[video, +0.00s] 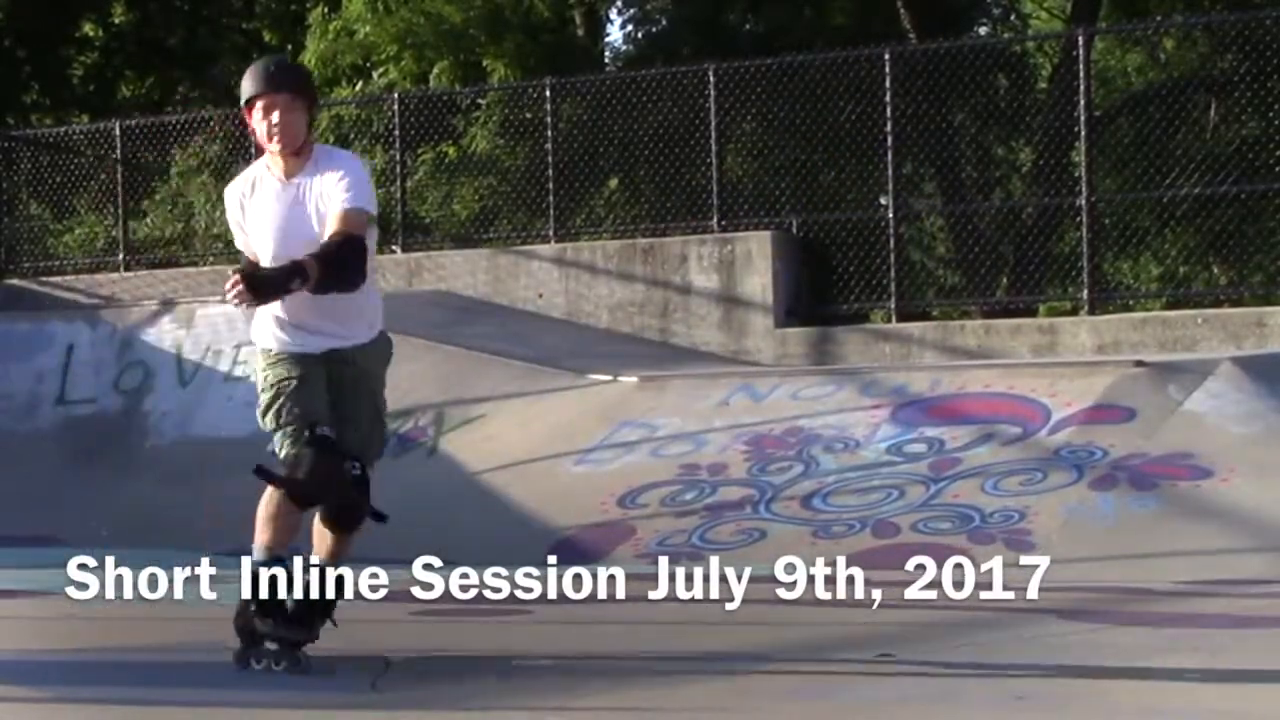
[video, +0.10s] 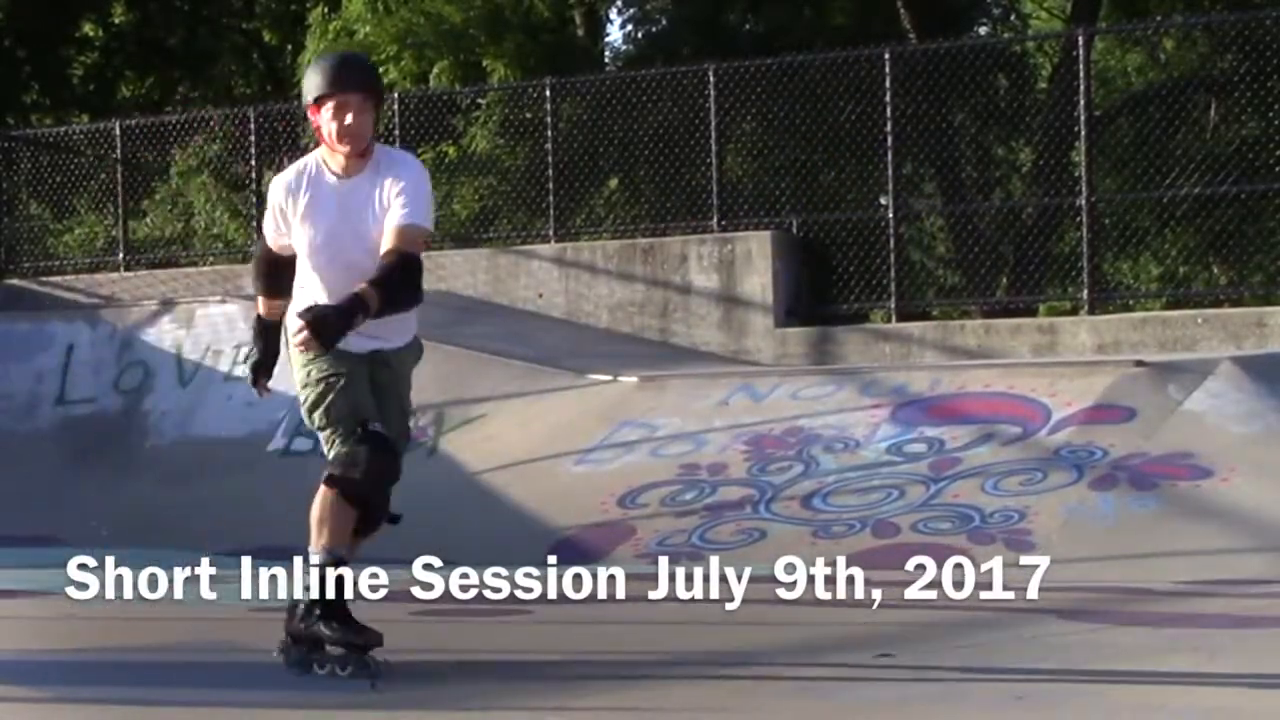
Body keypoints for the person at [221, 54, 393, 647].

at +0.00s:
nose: (273, 122)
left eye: (284, 109)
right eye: (262, 112)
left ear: (309, 111)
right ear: (248, 122)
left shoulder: (344, 172)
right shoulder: (240, 194)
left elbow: (347, 263)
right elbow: (264, 272)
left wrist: (277, 279)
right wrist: (253, 289)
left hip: (356, 346)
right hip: (285, 344)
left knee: (350, 487)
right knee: (304, 465)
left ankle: (315, 606)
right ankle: (258, 605)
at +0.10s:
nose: (346, 122)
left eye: (357, 108)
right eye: (333, 110)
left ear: (376, 110)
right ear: (314, 117)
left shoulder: (405, 175)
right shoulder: (289, 188)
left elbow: (405, 275)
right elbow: (273, 272)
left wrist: (346, 311)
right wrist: (265, 342)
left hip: (391, 346)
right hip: (321, 345)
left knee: (378, 484)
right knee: (354, 459)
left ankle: (315, 606)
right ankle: (321, 602)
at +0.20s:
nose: (438, 124)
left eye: (448, 110)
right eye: (426, 110)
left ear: (462, 112)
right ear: (399, 113)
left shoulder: (480, 181)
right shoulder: (358, 180)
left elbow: (477, 290)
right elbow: (303, 246)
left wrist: (429, 353)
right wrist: (271, 319)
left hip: (432, 345)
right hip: (364, 338)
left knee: (387, 488)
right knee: (417, 457)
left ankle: (322, 611)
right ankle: (399, 609)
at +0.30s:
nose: (525, 120)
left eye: (530, 107)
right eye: (512, 107)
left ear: (536, 108)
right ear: (474, 111)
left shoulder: (543, 185)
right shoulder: (422, 174)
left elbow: (546, 287)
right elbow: (346, 233)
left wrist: (529, 365)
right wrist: (301, 303)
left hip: (476, 347)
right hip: (415, 338)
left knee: (429, 496)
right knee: (480, 460)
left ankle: (356, 617)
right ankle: (468, 615)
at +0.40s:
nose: (608, 113)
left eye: (613, 99)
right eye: (596, 99)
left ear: (613, 102)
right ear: (555, 101)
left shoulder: (613, 180)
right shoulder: (499, 166)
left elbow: (628, 277)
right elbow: (408, 226)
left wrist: (643, 362)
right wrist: (363, 307)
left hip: (527, 345)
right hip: (471, 333)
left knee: (499, 492)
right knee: (554, 454)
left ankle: (422, 617)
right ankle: (551, 617)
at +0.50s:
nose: (689, 92)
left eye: (688, 79)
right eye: (675, 80)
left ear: (657, 91)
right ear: (632, 91)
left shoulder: (682, 169)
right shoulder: (574, 157)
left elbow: (710, 271)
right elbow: (486, 227)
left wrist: (746, 354)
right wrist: (447, 318)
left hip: (600, 338)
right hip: (542, 328)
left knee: (580, 495)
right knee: (635, 453)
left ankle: (498, 617)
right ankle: (640, 619)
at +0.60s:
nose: (753, 81)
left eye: (752, 68)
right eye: (740, 70)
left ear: (721, 78)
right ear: (694, 77)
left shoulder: (743, 157)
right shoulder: (642, 144)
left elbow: (775, 260)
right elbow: (559, 224)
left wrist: (820, 344)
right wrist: (527, 322)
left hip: (666, 331)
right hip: (610, 324)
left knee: (657, 490)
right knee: (709, 452)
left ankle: (573, 619)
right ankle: (717, 621)